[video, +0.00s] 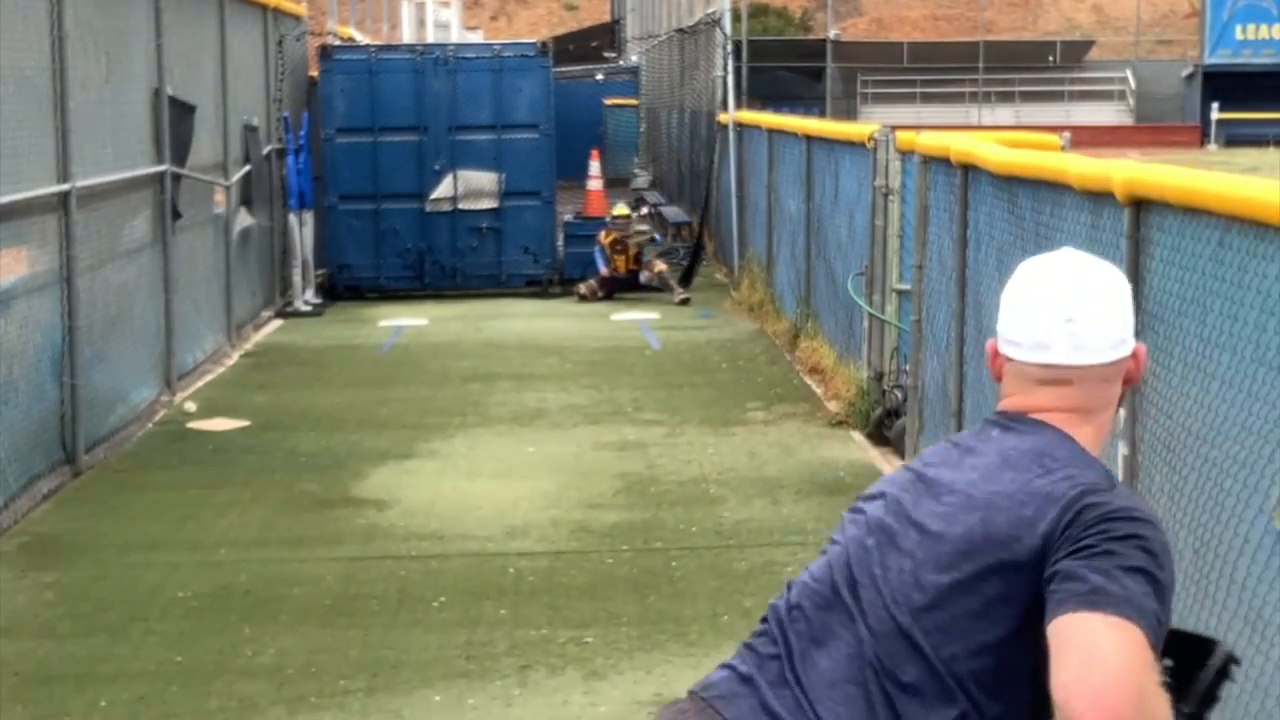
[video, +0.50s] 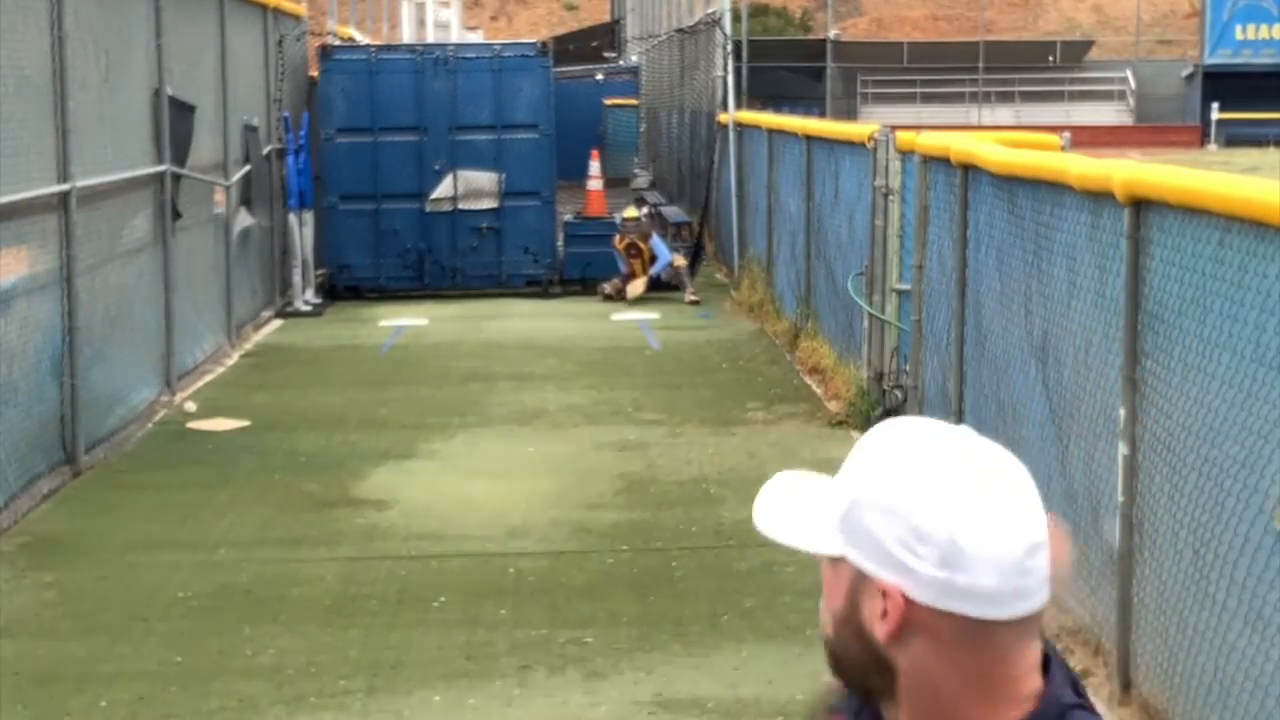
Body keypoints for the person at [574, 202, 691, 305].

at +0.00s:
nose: (623, 223)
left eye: (626, 219)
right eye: (619, 220)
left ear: (630, 220)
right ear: (612, 222)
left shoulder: (639, 233)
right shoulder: (604, 236)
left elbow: (660, 244)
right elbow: (598, 252)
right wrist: (603, 268)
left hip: (636, 275)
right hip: (614, 275)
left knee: (658, 267)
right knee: (598, 283)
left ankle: (678, 293)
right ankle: (586, 291)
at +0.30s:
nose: (616, 219)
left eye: (619, 215)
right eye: (612, 215)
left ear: (625, 215)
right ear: (606, 216)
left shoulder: (634, 230)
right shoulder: (602, 232)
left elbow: (655, 241)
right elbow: (593, 249)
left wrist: (644, 233)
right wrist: (598, 262)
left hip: (634, 270)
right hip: (612, 270)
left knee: (657, 272)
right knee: (595, 283)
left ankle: (677, 293)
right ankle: (590, 292)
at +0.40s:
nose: (608, 218)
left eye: (612, 214)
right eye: (604, 214)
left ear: (618, 212)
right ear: (599, 215)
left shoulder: (628, 225)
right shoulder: (596, 231)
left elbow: (651, 239)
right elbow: (589, 249)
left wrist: (632, 242)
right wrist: (594, 260)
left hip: (631, 263)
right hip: (609, 265)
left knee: (655, 272)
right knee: (595, 286)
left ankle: (676, 293)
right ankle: (593, 291)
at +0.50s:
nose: (631, 228)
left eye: (635, 224)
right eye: (627, 225)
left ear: (641, 224)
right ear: (622, 226)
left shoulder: (650, 236)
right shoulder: (618, 242)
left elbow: (666, 258)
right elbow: (624, 269)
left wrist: (647, 277)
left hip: (656, 275)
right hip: (634, 278)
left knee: (678, 261)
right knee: (610, 288)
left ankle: (689, 292)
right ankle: (612, 292)